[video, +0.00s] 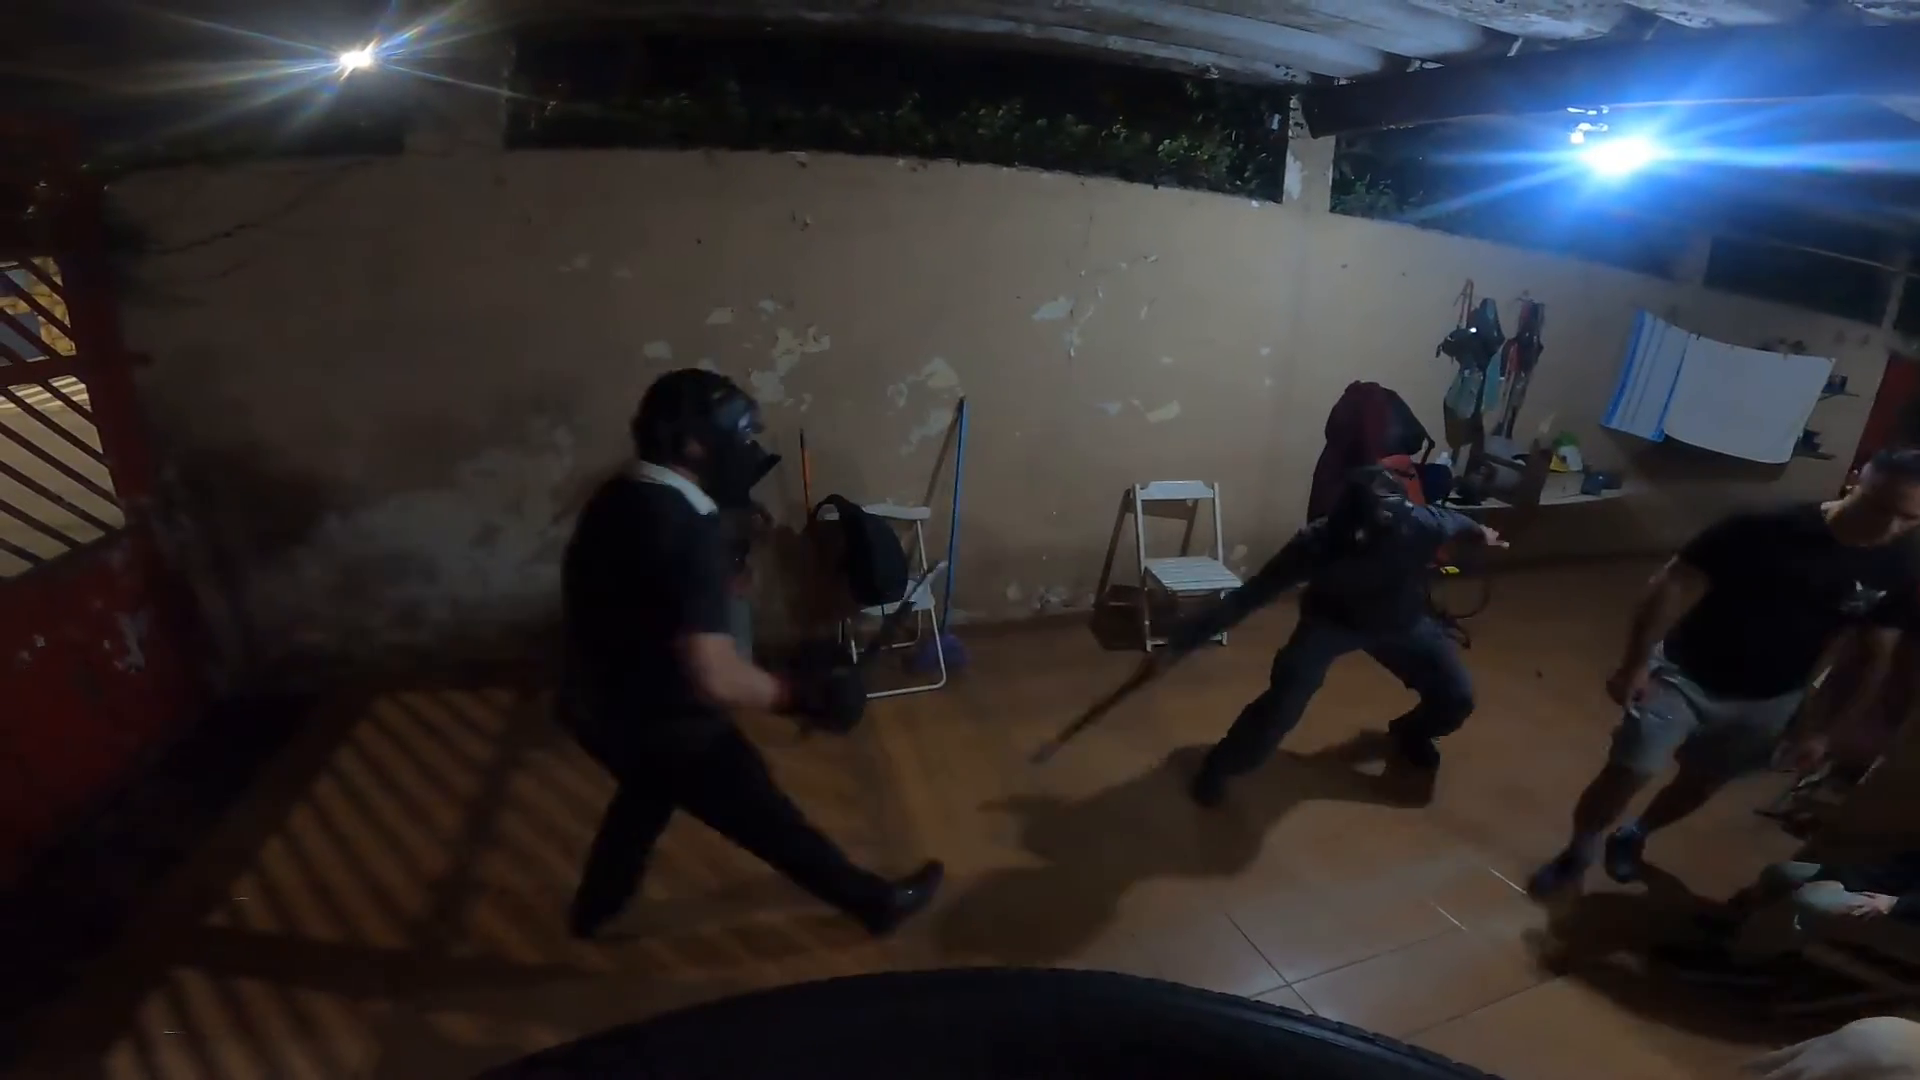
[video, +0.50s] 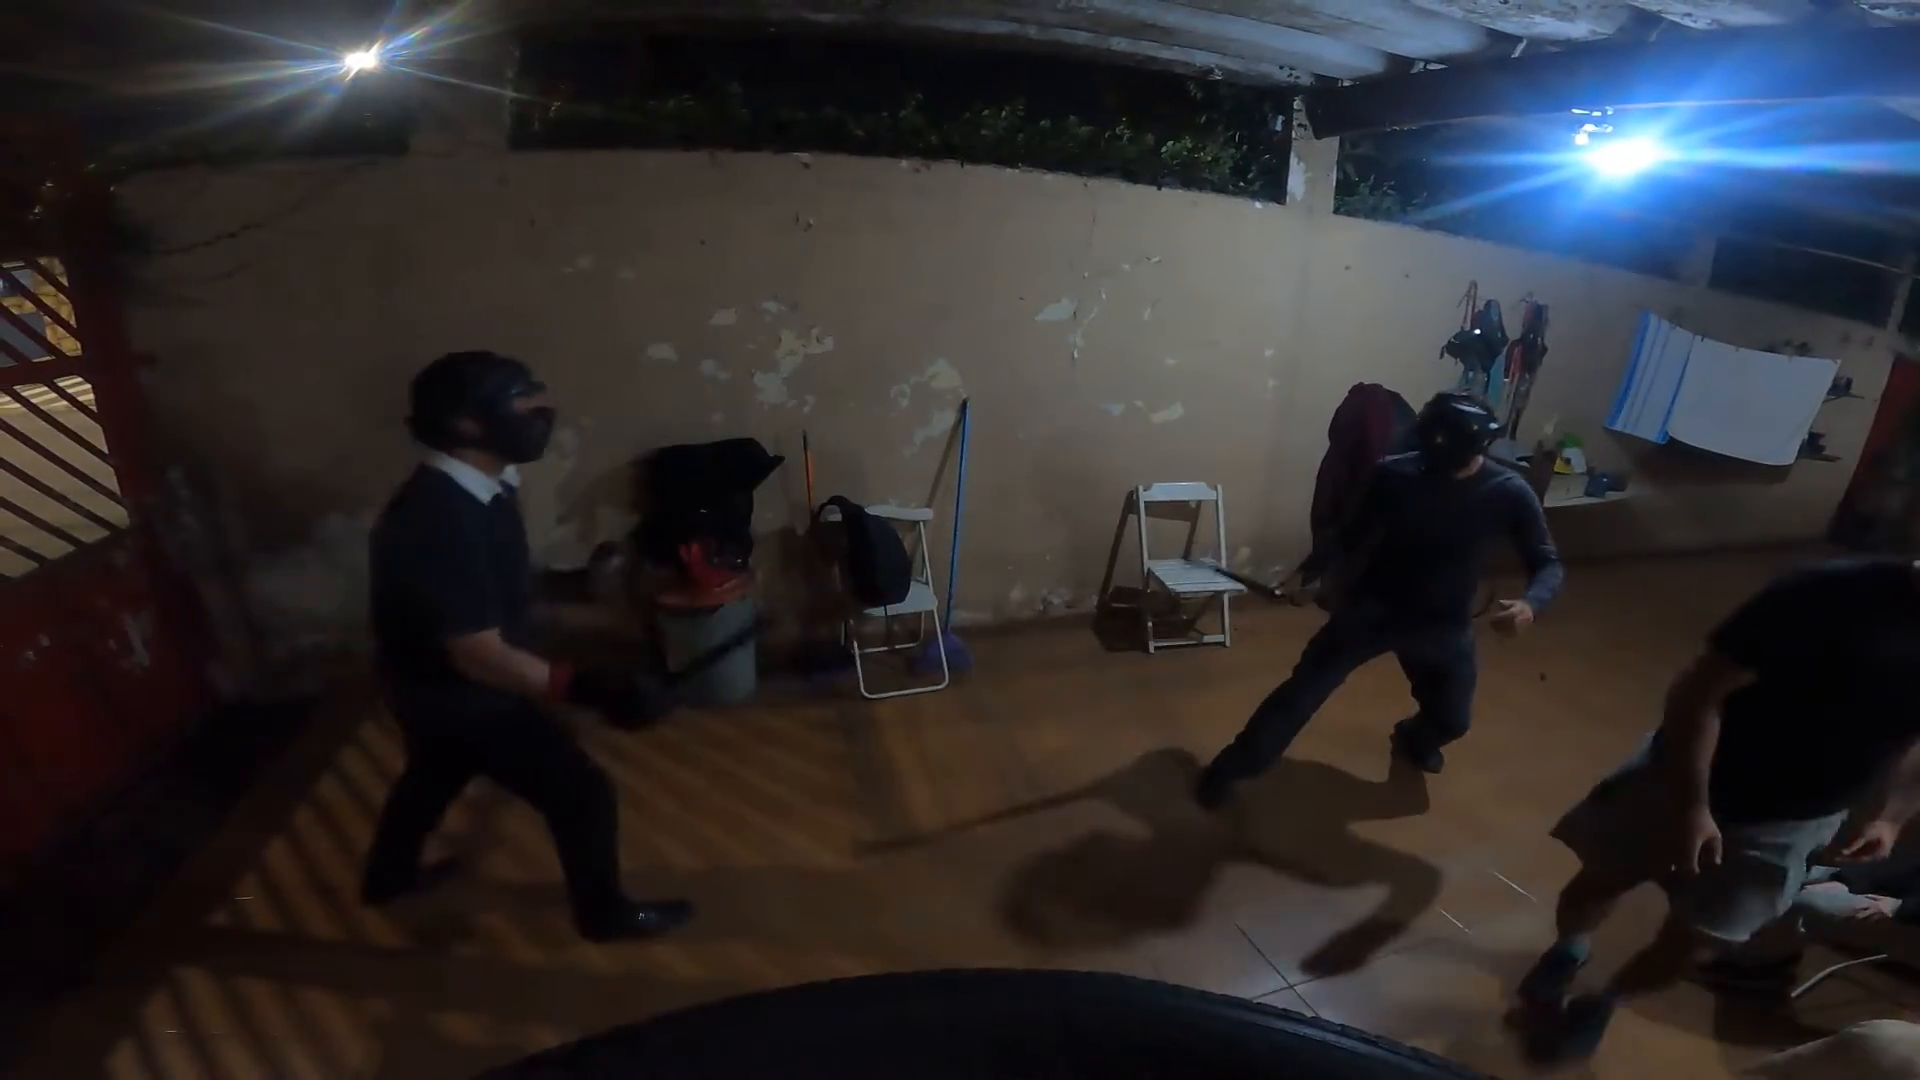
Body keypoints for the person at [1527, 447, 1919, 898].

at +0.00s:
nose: (1892, 527)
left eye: (1906, 519)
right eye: (1886, 509)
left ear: (1915, 522)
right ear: (1855, 487)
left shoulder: (1892, 574)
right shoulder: (1768, 530)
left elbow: (1874, 658)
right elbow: (1672, 584)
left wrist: (1824, 731)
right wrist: (1633, 663)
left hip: (1765, 704)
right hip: (1684, 678)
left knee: (1698, 785)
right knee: (1630, 771)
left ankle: (1633, 837)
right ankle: (1575, 857)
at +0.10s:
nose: (1906, 551)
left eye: (1916, 539)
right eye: (1900, 531)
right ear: (1867, 503)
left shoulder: (1901, 597)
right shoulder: (1773, 558)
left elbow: (1900, 680)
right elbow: (1676, 626)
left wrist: (1853, 754)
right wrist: (1642, 711)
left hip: (1768, 736)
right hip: (1688, 714)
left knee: (1693, 801)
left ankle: (1633, 836)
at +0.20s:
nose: (1907, 565)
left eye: (1919, 556)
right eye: (1901, 545)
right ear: (1875, 522)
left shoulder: (1904, 623)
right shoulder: (1775, 584)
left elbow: (1907, 713)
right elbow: (1687, 662)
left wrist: (1868, 783)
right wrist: (1647, 763)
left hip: (1766, 776)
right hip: (1685, 753)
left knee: (1694, 834)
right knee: (1621, 861)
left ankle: (1630, 852)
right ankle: (1563, 948)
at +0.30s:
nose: (1918, 568)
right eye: (1914, 548)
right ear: (1886, 529)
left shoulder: (1906, 633)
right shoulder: (1780, 592)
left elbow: (1908, 728)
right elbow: (1688, 677)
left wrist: (1868, 804)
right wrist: (1655, 779)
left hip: (1770, 791)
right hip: (1682, 763)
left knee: (1687, 870)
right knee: (1612, 877)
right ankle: (1561, 950)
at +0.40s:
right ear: (1911, 548)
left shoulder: (1911, 642)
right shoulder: (1810, 591)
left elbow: (1908, 732)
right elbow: (1697, 682)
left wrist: (1877, 810)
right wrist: (1681, 792)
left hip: (1781, 803)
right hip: (1684, 762)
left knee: (1716, 909)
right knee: (1595, 872)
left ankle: (1621, 908)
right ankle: (1559, 950)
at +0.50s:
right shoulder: (1828, 596)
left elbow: (1910, 739)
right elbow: (1697, 689)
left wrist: (1890, 813)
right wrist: (1691, 805)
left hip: (1791, 821)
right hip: (1693, 771)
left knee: (1691, 948)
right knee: (1597, 883)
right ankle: (1567, 953)